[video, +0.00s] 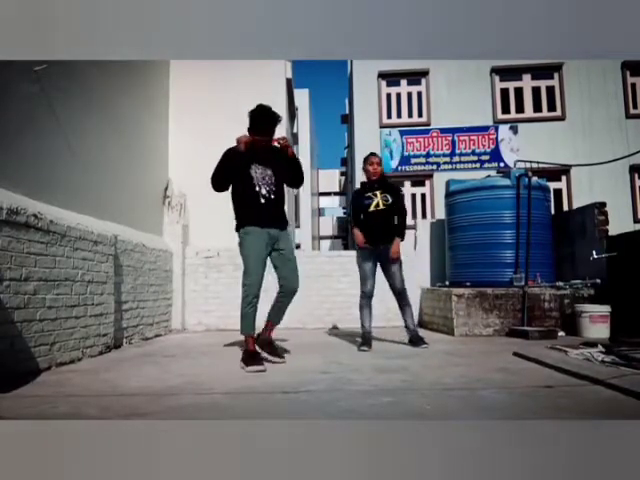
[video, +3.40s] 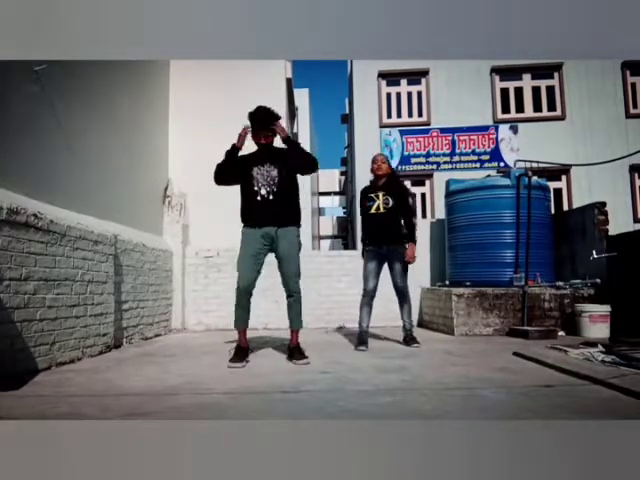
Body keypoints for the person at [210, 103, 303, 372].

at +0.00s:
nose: (267, 138)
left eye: (270, 134)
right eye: (265, 133)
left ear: (273, 132)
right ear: (256, 130)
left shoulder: (278, 154)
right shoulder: (235, 154)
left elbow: (296, 182)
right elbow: (218, 184)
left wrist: (290, 154)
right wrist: (239, 151)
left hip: (280, 230)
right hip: (253, 229)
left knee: (290, 286)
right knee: (252, 288)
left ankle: (266, 336)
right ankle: (249, 347)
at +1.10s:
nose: (280, 153)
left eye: (285, 148)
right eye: (276, 148)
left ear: (291, 147)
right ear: (269, 146)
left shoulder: (299, 171)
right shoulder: (255, 169)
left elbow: (314, 206)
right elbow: (230, 198)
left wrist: (303, 191)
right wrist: (248, 189)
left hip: (290, 238)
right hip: (261, 238)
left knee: (292, 292)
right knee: (254, 288)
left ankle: (284, 342)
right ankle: (251, 345)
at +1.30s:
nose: (287, 148)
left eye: (291, 144)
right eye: (282, 143)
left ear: (296, 145)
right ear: (275, 143)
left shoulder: (302, 174)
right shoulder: (258, 168)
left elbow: (311, 206)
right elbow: (237, 201)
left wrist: (307, 231)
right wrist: (237, 224)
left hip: (288, 237)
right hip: (258, 235)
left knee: (289, 288)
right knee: (245, 283)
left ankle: (284, 340)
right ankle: (246, 335)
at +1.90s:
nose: (251, 144)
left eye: (255, 140)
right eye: (246, 140)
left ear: (260, 143)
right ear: (239, 142)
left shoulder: (274, 168)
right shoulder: (230, 176)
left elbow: (292, 198)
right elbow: (220, 204)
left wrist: (292, 225)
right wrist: (224, 228)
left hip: (273, 234)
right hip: (244, 236)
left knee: (282, 283)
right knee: (238, 285)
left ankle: (288, 336)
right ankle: (248, 333)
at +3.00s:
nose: (285, 141)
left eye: (290, 137)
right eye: (281, 136)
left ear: (297, 139)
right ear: (275, 136)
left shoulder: (304, 171)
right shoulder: (257, 164)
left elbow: (322, 203)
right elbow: (231, 191)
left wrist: (318, 207)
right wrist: (243, 203)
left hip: (290, 234)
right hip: (260, 234)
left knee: (294, 288)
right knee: (248, 288)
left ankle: (295, 344)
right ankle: (250, 342)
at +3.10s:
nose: (282, 139)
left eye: (287, 134)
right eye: (277, 134)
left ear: (295, 134)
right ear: (271, 134)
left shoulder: (302, 162)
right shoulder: (258, 160)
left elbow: (327, 190)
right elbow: (227, 184)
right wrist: (242, 175)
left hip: (291, 232)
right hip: (260, 232)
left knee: (294, 288)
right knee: (250, 287)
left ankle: (295, 343)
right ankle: (245, 344)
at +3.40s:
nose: (265, 139)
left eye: (269, 134)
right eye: (260, 134)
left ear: (276, 133)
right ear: (252, 134)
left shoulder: (287, 156)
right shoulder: (245, 161)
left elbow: (311, 166)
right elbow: (220, 178)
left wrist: (288, 139)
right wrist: (236, 148)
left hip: (286, 229)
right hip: (254, 230)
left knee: (292, 286)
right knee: (244, 285)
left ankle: (295, 343)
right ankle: (242, 344)